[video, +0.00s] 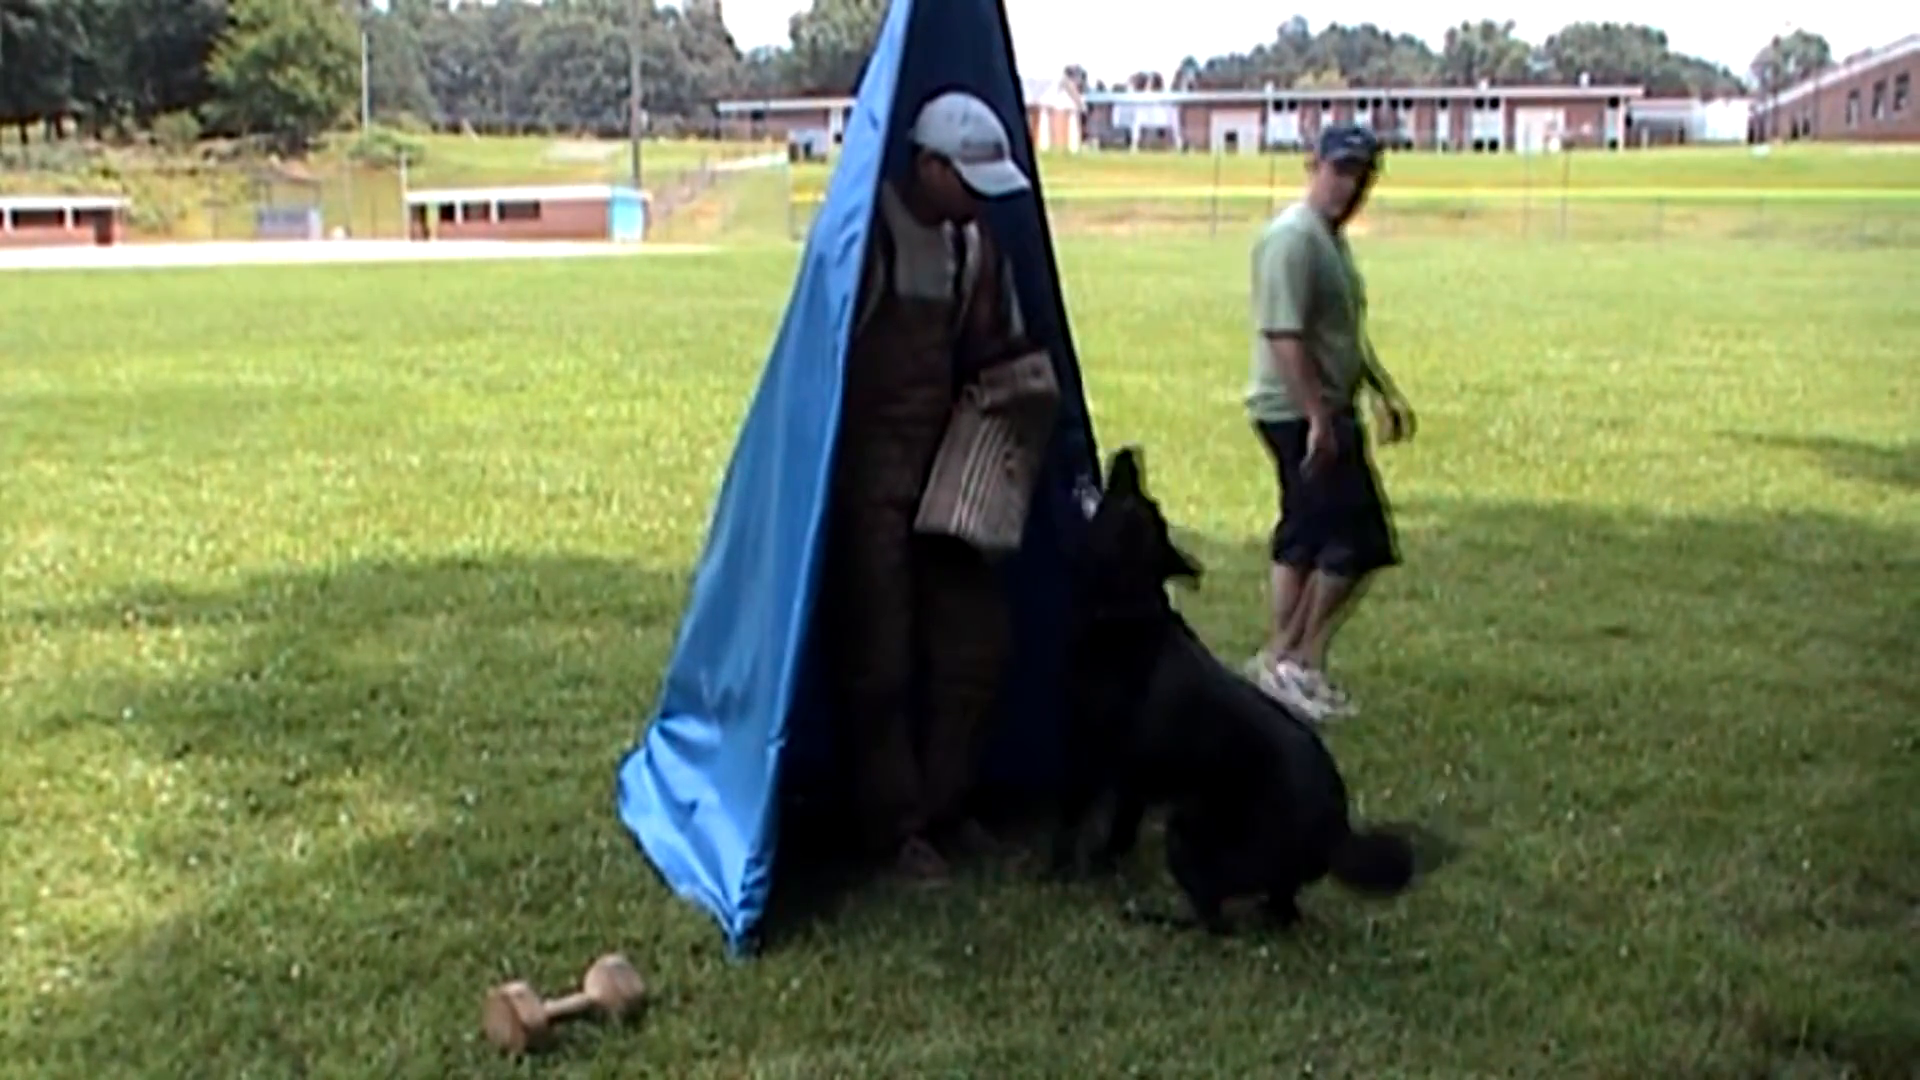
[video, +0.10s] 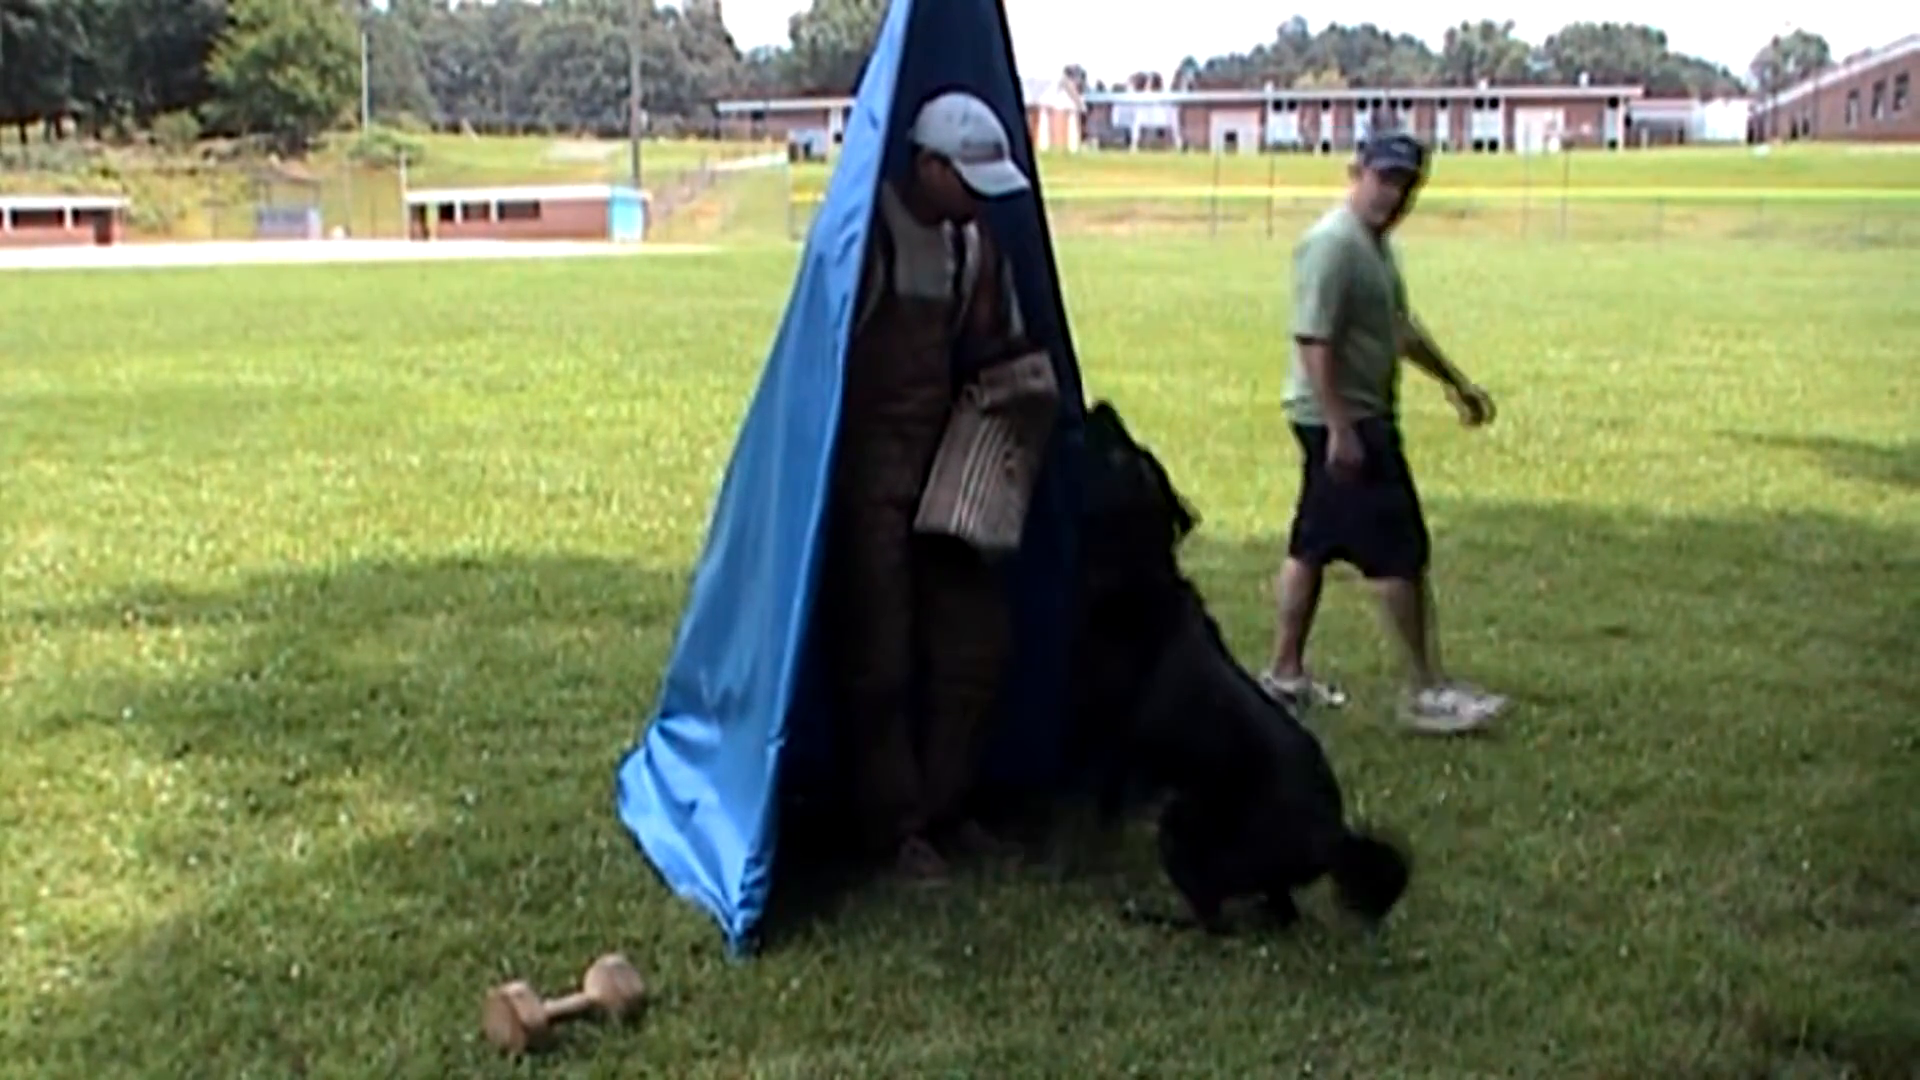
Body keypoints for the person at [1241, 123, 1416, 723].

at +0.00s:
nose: (1354, 188)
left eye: (1363, 177)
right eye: (1344, 173)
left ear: (1369, 184)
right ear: (1315, 169)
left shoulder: (1329, 240)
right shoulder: (1292, 240)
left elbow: (1345, 335)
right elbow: (1284, 339)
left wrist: (1383, 393)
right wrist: (1317, 414)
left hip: (1325, 408)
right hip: (1298, 410)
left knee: (1301, 537)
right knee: (1357, 541)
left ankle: (1281, 655)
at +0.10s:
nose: (1396, 196)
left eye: (1407, 186)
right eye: (1387, 181)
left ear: (1414, 193)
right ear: (1358, 175)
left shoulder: (1374, 247)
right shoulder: (1333, 245)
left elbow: (1400, 331)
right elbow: (1313, 343)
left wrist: (1456, 384)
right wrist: (1338, 425)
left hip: (1356, 419)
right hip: (1348, 423)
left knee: (1310, 549)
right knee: (1400, 555)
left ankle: (1285, 672)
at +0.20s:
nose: (1440, 209)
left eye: (1451, 199)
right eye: (1432, 194)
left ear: (1459, 207)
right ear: (1402, 189)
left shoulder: (1417, 260)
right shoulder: (1377, 260)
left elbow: (1447, 340)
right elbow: (1353, 360)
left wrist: (1515, 386)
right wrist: (1374, 444)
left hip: (1394, 437)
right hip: (1390, 441)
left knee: (1332, 557)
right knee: (1444, 575)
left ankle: (1288, 669)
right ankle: (1504, 694)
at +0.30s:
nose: (1485, 219)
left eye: (1496, 208)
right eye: (1475, 204)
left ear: (1504, 214)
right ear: (1445, 199)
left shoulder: (1465, 269)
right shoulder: (1422, 272)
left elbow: (1486, 351)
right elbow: (1398, 376)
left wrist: (1547, 395)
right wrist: (1418, 458)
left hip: (1452, 447)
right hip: (1439, 451)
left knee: (1382, 564)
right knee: (1489, 582)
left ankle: (1300, 663)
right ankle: (1518, 707)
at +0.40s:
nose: (1529, 219)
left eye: (1541, 208)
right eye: (1519, 205)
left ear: (1550, 214)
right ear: (1491, 200)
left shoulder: (1518, 268)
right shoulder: (1470, 275)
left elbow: (1527, 362)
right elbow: (1455, 383)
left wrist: (1566, 415)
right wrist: (1476, 463)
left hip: (1517, 441)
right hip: (1485, 445)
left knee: (1489, 571)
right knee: (1524, 578)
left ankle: (1366, 636)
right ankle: (1526, 707)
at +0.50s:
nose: (1571, 212)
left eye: (1583, 202)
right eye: (1561, 198)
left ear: (1593, 208)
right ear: (1535, 194)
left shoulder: (1561, 262)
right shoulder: (1511, 267)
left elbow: (1559, 360)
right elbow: (1512, 374)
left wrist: (1573, 430)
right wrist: (1548, 442)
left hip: (1561, 435)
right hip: (1513, 439)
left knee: (1584, 565)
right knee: (1549, 570)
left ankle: (1463, 633)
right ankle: (1527, 708)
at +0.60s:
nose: (1610, 203)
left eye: (1624, 193)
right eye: (1601, 188)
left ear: (1636, 203)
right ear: (1578, 187)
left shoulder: (1610, 261)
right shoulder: (1550, 262)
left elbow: (1601, 358)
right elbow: (1558, 368)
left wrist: (1617, 432)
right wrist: (1622, 433)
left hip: (1601, 439)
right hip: (1548, 439)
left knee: (1649, 561)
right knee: (1563, 571)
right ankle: (1528, 704)